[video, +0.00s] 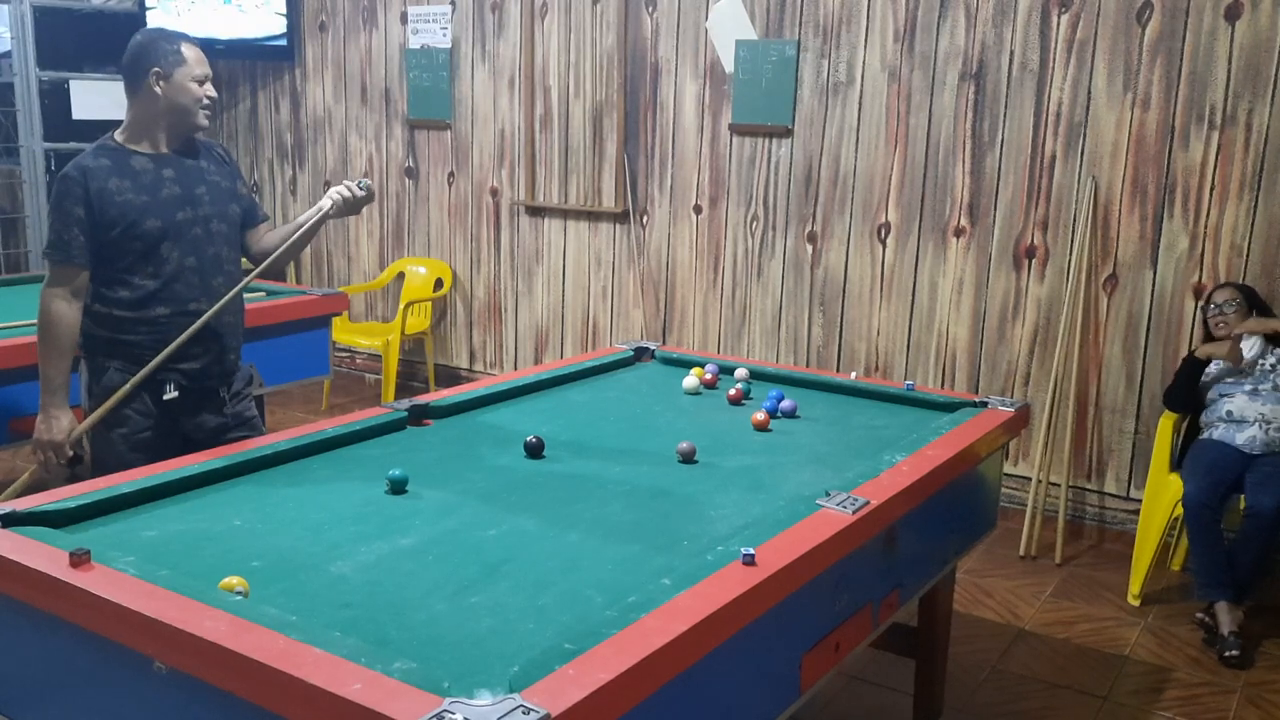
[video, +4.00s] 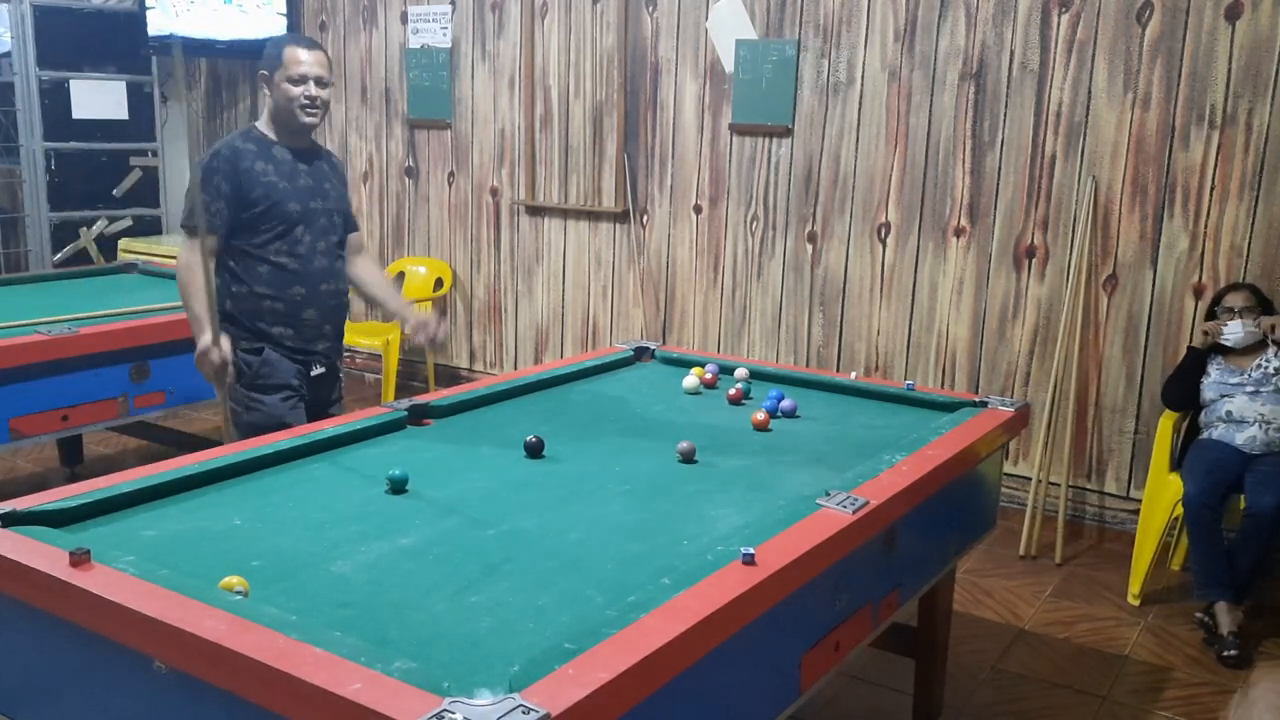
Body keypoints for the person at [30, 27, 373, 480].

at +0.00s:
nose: (213, 95)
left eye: (211, 83)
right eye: (201, 81)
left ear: (161, 83)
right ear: (158, 82)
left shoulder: (215, 160)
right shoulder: (87, 178)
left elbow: (263, 252)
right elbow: (64, 294)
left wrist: (323, 210)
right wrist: (53, 409)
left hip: (223, 392)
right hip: (129, 404)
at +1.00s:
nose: (212, 97)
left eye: (210, 85)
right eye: (199, 84)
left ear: (160, 84)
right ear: (156, 83)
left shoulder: (214, 162)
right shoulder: (85, 175)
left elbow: (268, 251)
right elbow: (46, 285)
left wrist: (347, 225)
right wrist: (31, 393)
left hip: (223, 387)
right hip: (130, 400)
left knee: (255, 534)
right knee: (141, 549)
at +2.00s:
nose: (195, 91)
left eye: (194, 80)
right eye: (180, 78)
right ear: (134, 82)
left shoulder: (211, 155)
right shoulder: (77, 178)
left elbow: (253, 256)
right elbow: (51, 295)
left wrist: (292, 341)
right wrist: (48, 400)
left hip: (231, 383)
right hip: (139, 398)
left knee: (266, 529)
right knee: (147, 537)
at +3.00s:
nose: (234, 92)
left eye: (237, 81)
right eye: (217, 79)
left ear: (241, 85)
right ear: (172, 84)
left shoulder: (254, 158)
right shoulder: (129, 179)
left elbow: (293, 257)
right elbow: (110, 292)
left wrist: (340, 337)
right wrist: (108, 398)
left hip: (271, 377)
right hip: (182, 385)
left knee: (292, 527)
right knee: (186, 527)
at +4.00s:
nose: (313, 94)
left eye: (322, 83)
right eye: (298, 81)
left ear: (331, 90)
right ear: (267, 83)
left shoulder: (330, 167)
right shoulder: (229, 161)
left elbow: (354, 255)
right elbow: (195, 252)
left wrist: (407, 313)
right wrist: (205, 335)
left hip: (325, 357)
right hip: (261, 357)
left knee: (327, 485)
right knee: (280, 488)